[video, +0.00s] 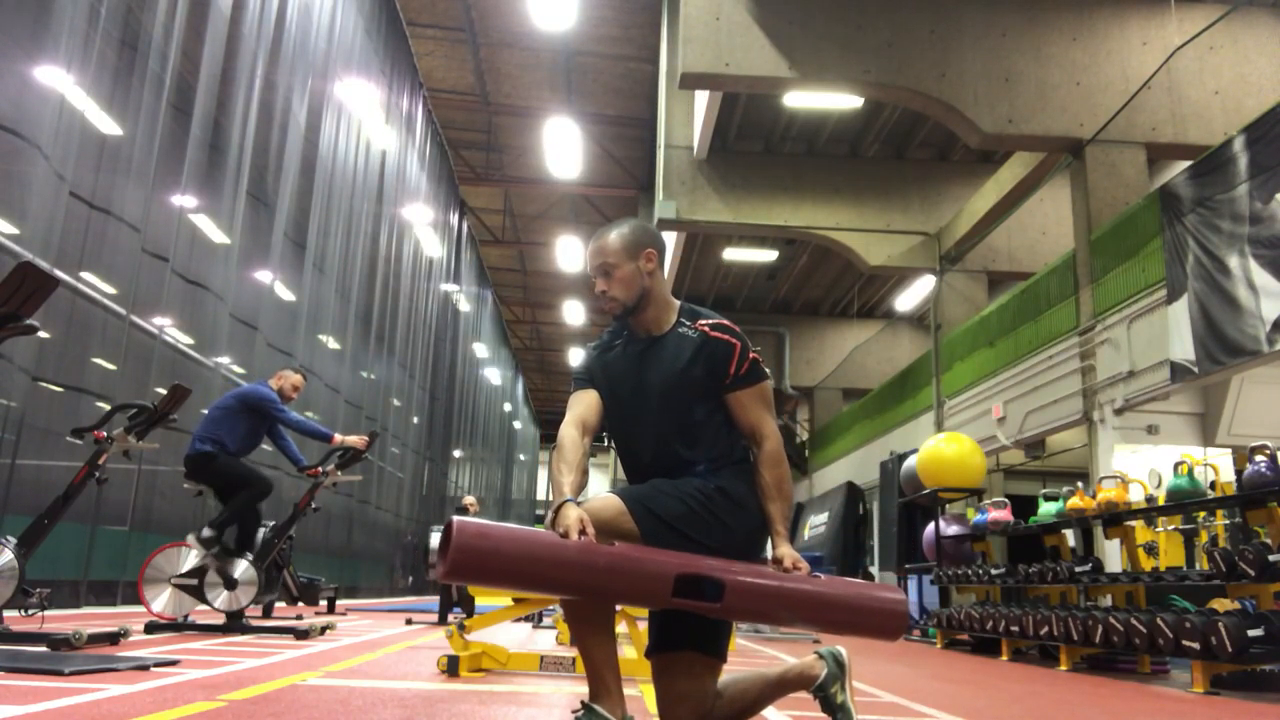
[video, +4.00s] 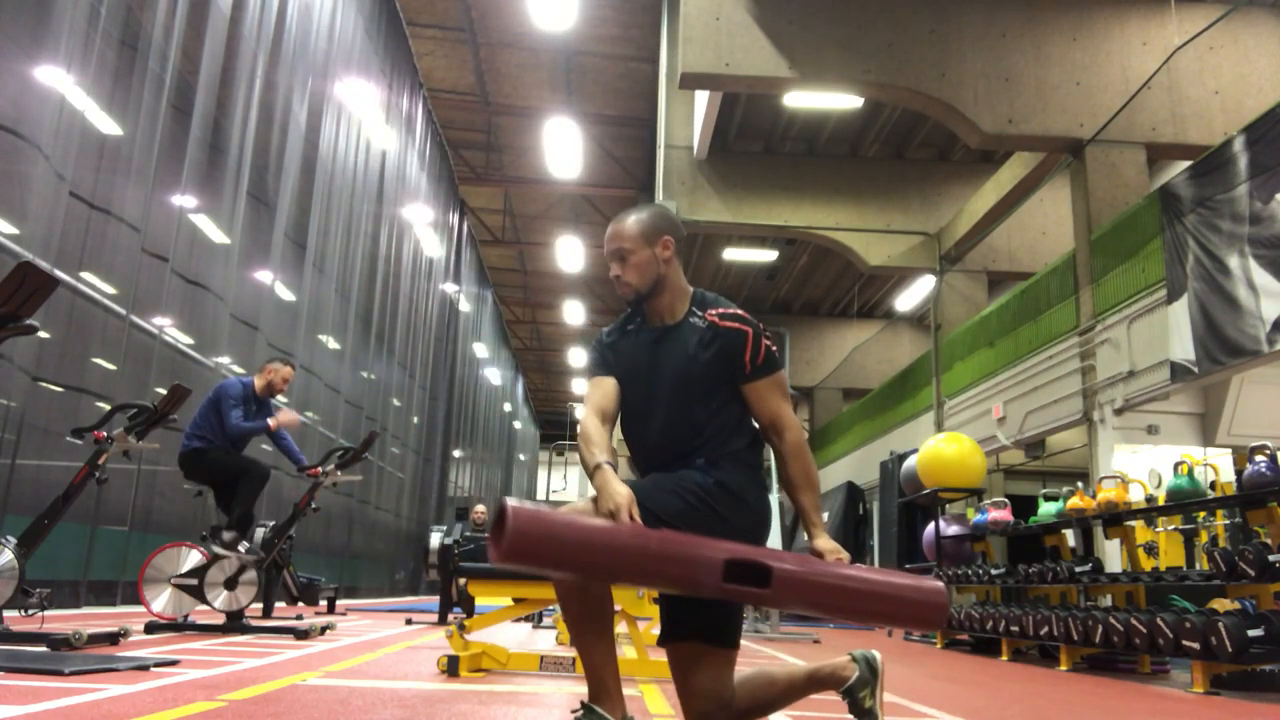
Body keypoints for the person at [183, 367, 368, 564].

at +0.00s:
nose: (294, 396)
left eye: (298, 392)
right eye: (293, 388)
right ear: (278, 379)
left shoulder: (265, 403)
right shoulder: (260, 393)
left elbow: (280, 440)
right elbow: (295, 422)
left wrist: (304, 466)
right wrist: (340, 439)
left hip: (217, 460)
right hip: (205, 456)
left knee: (251, 515)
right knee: (261, 485)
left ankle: (236, 564)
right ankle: (209, 532)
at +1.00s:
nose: (294, 396)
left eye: (297, 393)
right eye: (293, 389)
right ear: (278, 379)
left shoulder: (265, 406)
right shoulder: (257, 393)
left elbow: (280, 440)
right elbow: (295, 422)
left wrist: (303, 467)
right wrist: (342, 439)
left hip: (212, 459)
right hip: (205, 456)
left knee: (252, 510)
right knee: (264, 481)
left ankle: (226, 544)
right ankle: (241, 544)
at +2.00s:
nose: (292, 393)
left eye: (296, 390)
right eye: (291, 385)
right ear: (276, 376)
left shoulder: (264, 405)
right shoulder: (251, 389)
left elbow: (278, 438)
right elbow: (263, 421)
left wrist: (303, 467)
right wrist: (309, 424)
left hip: (229, 462)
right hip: (207, 460)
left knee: (278, 481)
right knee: (237, 516)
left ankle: (235, 527)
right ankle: (219, 582)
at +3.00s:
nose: (286, 386)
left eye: (290, 381)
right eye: (284, 378)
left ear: (290, 381)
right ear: (267, 371)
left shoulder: (266, 398)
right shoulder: (242, 388)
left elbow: (279, 430)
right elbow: (258, 428)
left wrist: (301, 461)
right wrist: (289, 461)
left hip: (219, 457)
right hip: (196, 454)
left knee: (261, 498)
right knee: (236, 496)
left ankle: (254, 558)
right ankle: (197, 552)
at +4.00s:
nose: (285, 389)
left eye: (288, 384)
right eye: (284, 381)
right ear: (269, 372)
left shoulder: (264, 405)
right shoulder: (232, 388)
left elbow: (278, 435)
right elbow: (234, 429)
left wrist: (303, 465)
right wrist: (273, 422)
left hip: (221, 462)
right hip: (197, 456)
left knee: (245, 517)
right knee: (258, 471)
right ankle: (231, 534)